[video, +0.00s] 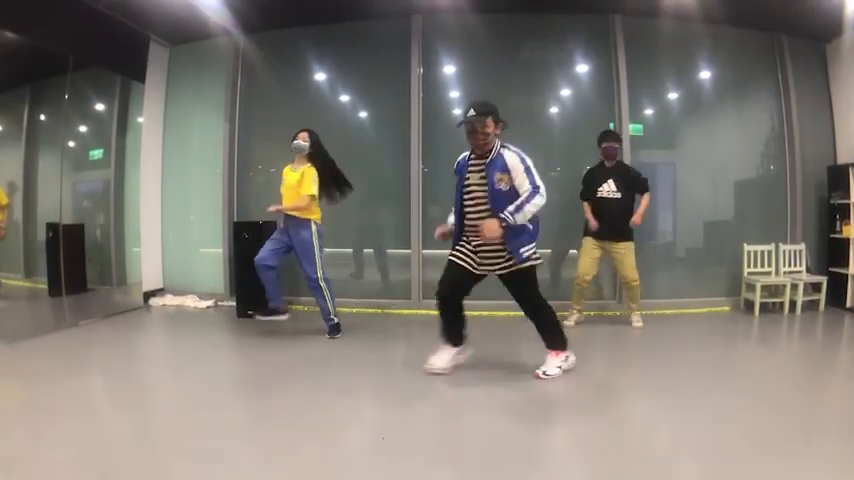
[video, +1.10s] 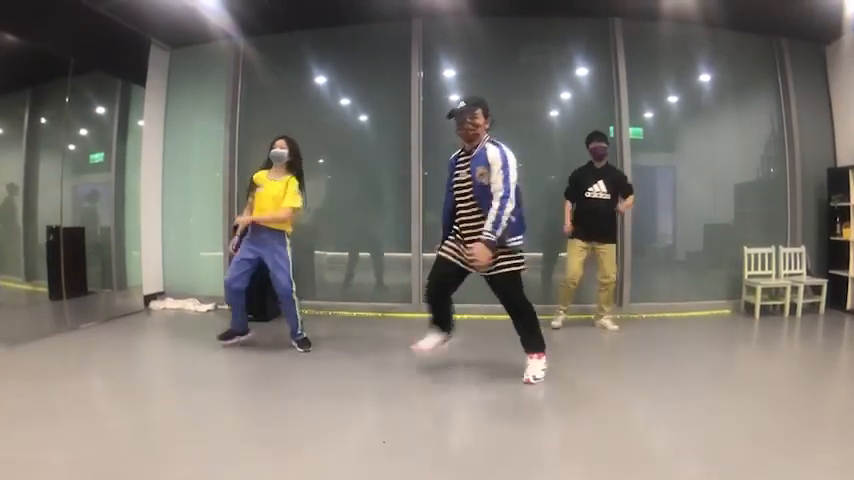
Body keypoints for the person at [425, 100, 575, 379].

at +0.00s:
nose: (477, 137)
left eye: (483, 131)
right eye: (472, 132)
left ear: (496, 128)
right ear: (465, 132)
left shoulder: (512, 158)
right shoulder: (463, 162)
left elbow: (537, 195)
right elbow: (463, 203)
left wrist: (503, 220)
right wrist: (451, 225)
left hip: (509, 248)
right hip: (471, 247)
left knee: (530, 300)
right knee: (447, 292)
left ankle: (560, 352)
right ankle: (455, 345)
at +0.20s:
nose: (469, 133)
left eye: (475, 127)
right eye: (464, 128)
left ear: (487, 130)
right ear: (456, 131)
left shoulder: (499, 161)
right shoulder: (443, 160)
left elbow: (527, 193)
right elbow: (429, 189)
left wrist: (494, 217)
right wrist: (425, 214)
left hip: (486, 250)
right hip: (447, 249)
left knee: (502, 302)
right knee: (428, 300)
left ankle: (541, 346)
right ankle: (425, 352)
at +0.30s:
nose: (465, 122)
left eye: (471, 116)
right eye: (459, 117)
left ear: (482, 119)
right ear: (451, 119)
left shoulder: (493, 156)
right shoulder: (434, 156)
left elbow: (503, 197)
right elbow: (423, 198)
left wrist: (501, 234)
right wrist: (412, 235)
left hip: (476, 242)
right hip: (438, 241)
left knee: (478, 292)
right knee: (428, 296)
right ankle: (424, 351)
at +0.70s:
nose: (474, 134)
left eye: (478, 127)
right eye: (467, 129)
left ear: (486, 129)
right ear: (455, 133)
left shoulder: (498, 166)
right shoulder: (439, 164)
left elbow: (521, 185)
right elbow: (407, 190)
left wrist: (521, 201)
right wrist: (430, 203)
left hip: (484, 252)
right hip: (445, 252)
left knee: (507, 303)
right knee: (423, 305)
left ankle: (521, 355)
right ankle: (400, 351)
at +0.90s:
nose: (476, 127)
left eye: (481, 120)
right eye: (470, 122)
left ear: (491, 121)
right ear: (461, 124)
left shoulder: (508, 151)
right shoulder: (450, 157)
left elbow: (534, 183)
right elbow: (443, 193)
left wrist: (514, 196)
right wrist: (430, 209)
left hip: (500, 237)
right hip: (462, 236)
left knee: (512, 298)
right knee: (454, 284)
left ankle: (523, 354)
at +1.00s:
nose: (474, 125)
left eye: (480, 118)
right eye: (468, 120)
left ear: (492, 120)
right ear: (461, 125)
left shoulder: (505, 154)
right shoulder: (454, 160)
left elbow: (511, 201)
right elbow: (449, 201)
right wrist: (446, 238)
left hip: (497, 239)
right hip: (462, 237)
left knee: (515, 299)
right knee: (445, 280)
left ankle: (528, 353)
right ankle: (475, 289)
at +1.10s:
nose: (468, 125)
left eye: (474, 119)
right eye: (462, 121)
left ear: (487, 121)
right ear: (456, 126)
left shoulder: (499, 154)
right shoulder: (456, 160)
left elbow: (504, 200)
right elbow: (451, 203)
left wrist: (489, 241)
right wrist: (447, 238)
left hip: (495, 242)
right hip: (460, 240)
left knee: (513, 300)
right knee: (437, 287)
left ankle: (536, 354)